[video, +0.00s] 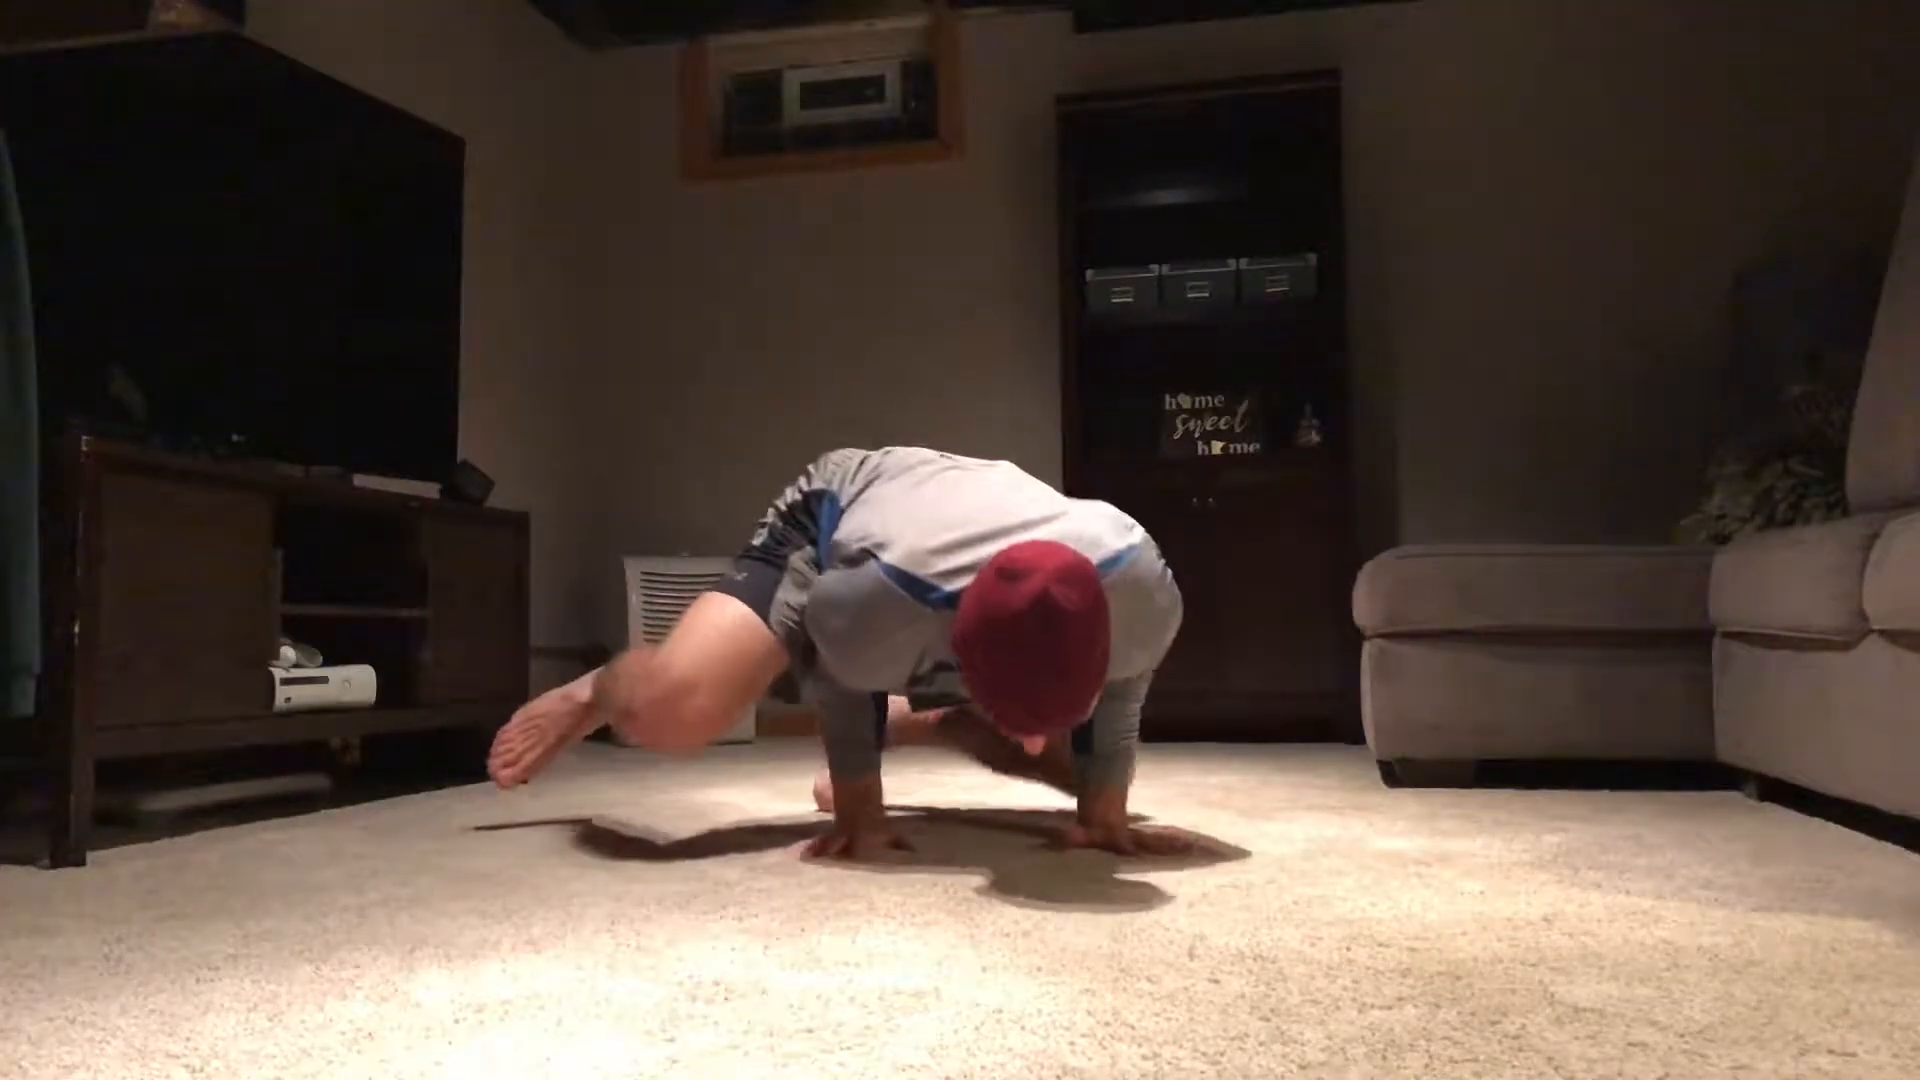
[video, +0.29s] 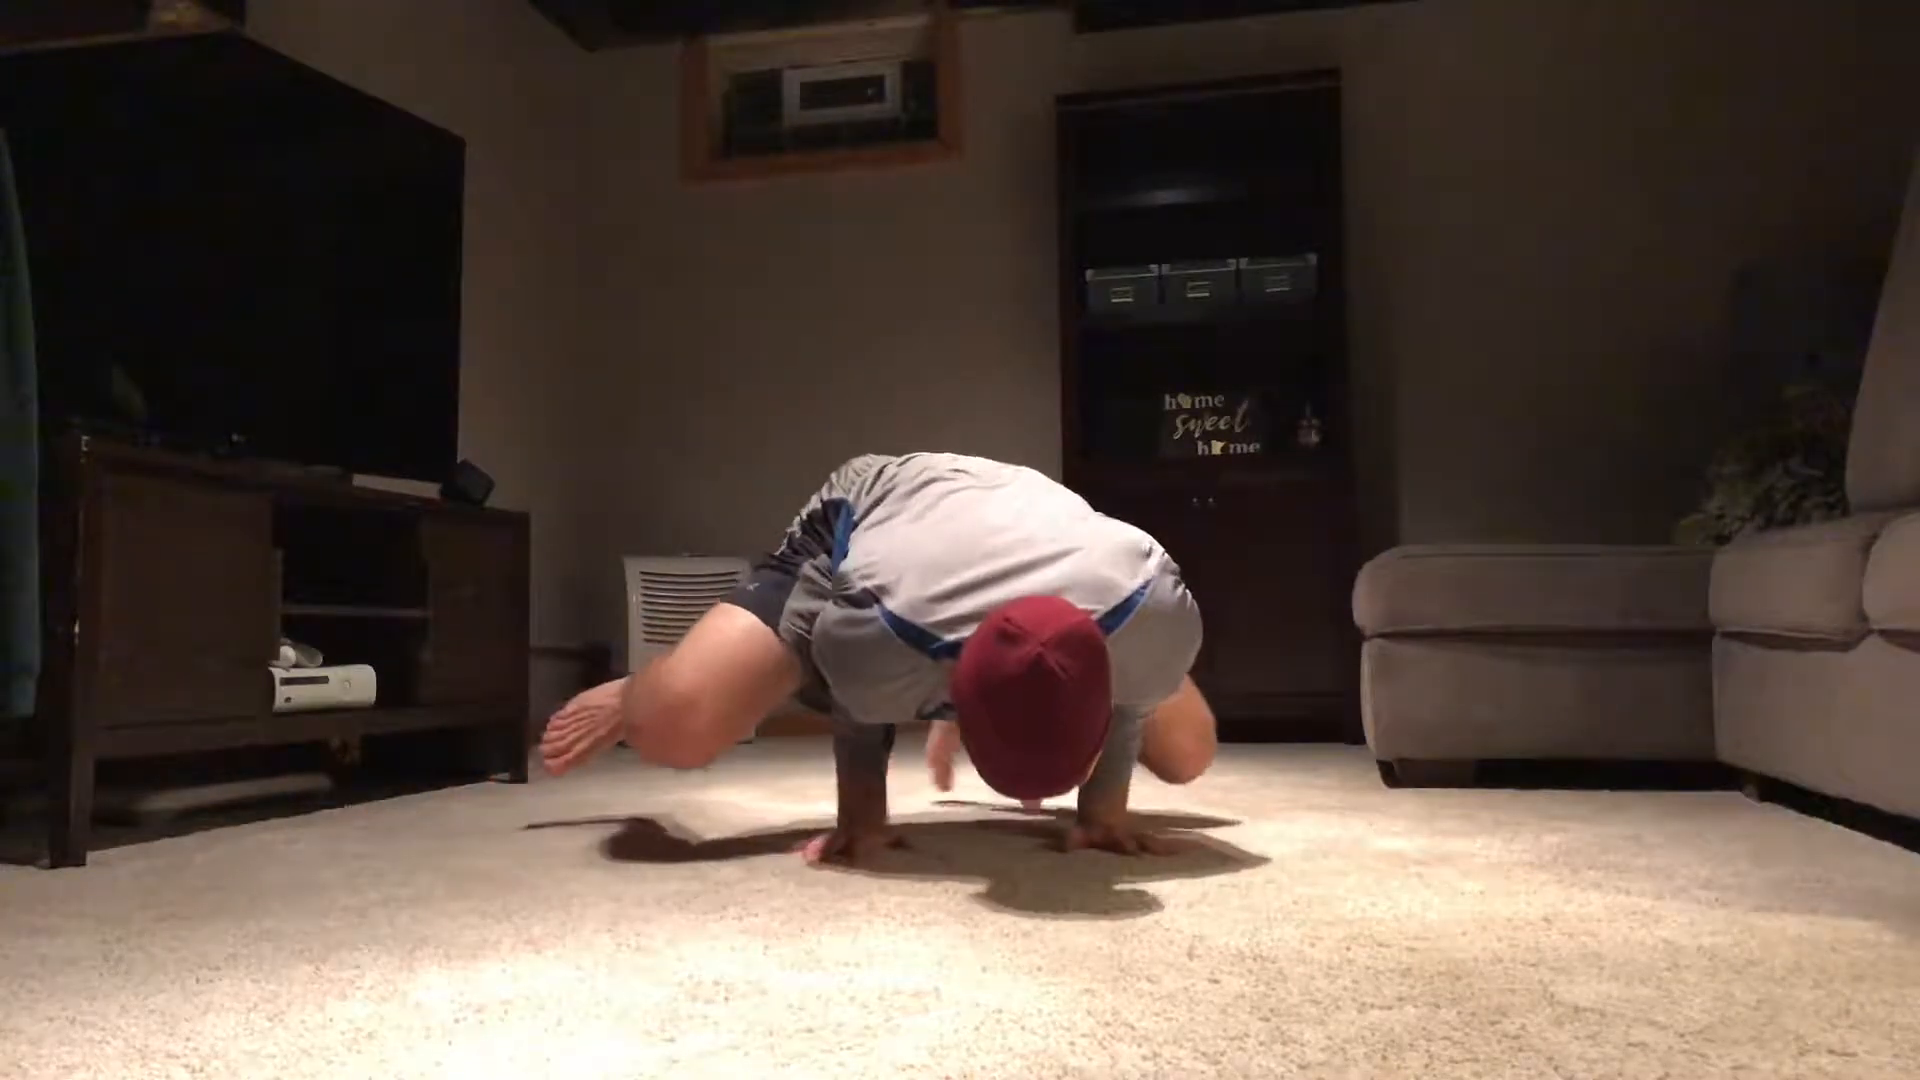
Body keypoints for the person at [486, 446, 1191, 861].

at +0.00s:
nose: (1035, 736)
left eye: (1050, 728)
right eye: (1017, 719)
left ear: (1100, 650)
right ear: (974, 643)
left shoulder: (1144, 593)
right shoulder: (872, 604)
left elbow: (1125, 699)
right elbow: (839, 693)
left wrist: (1107, 822)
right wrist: (860, 825)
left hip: (992, 512)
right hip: (840, 511)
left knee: (1062, 761)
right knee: (675, 720)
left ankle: (922, 719)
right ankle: (599, 694)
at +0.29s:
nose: (1032, 784)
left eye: (1051, 772)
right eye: (1011, 770)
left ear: (1097, 686)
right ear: (963, 694)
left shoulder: (1159, 618)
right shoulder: (865, 638)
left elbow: (1128, 703)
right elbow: (865, 725)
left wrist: (1108, 811)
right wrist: (861, 832)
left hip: (1017, 502)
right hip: (869, 505)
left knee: (1188, 754)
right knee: (678, 737)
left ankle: (961, 708)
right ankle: (633, 700)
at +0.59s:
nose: (1023, 826)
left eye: (1036, 809)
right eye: (1002, 817)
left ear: (1080, 720)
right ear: (946, 722)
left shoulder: (1148, 642)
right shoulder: (861, 654)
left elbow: (1119, 706)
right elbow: (865, 720)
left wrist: (1106, 816)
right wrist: (862, 827)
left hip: (1029, 476)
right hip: (878, 485)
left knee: (1237, 708)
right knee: (687, 752)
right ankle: (664, 713)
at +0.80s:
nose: (995, 839)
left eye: (1018, 825)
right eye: (975, 827)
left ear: (1073, 728)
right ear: (925, 724)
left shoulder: (1140, 653)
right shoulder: (850, 663)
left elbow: (1116, 712)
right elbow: (857, 718)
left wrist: (1104, 814)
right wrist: (861, 823)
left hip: (1038, 478)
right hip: (881, 485)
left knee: (1253, 712)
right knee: (679, 753)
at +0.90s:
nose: (991, 842)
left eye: (1013, 828)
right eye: (971, 831)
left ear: (1063, 724)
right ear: (915, 727)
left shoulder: (1134, 648)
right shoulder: (844, 666)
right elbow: (858, 718)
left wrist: (1104, 810)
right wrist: (862, 821)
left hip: (1039, 477)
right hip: (881, 483)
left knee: (1255, 713)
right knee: (680, 752)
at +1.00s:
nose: (985, 846)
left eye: (1004, 832)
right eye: (963, 832)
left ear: (1050, 724)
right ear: (910, 726)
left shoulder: (1127, 646)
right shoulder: (835, 658)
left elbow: (1260, 710)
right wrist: (861, 823)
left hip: (1040, 476)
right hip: (881, 482)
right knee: (680, 751)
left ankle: (1103, 813)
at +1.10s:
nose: (973, 854)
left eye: (997, 839)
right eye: (955, 841)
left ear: (1043, 730)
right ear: (905, 728)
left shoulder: (1125, 648)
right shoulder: (832, 663)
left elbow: (1263, 707)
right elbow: (859, 721)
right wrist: (861, 823)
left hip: (1039, 475)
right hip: (879, 483)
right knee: (684, 756)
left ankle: (1102, 813)